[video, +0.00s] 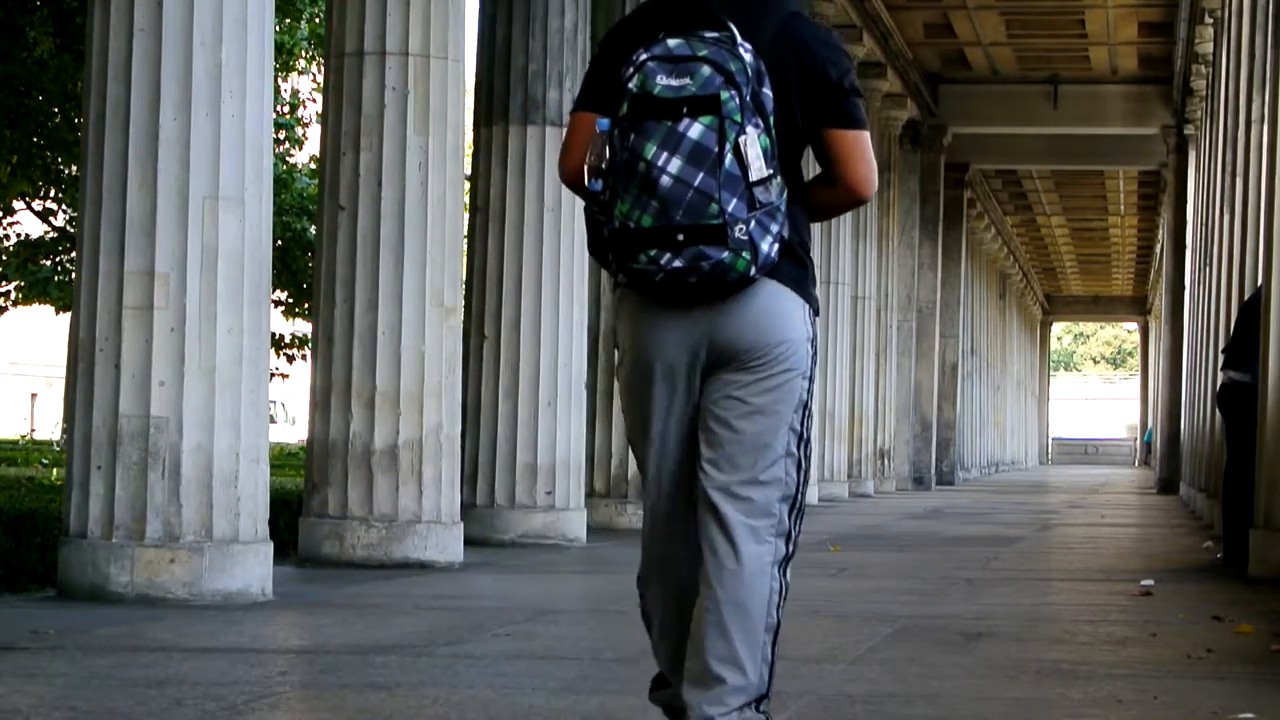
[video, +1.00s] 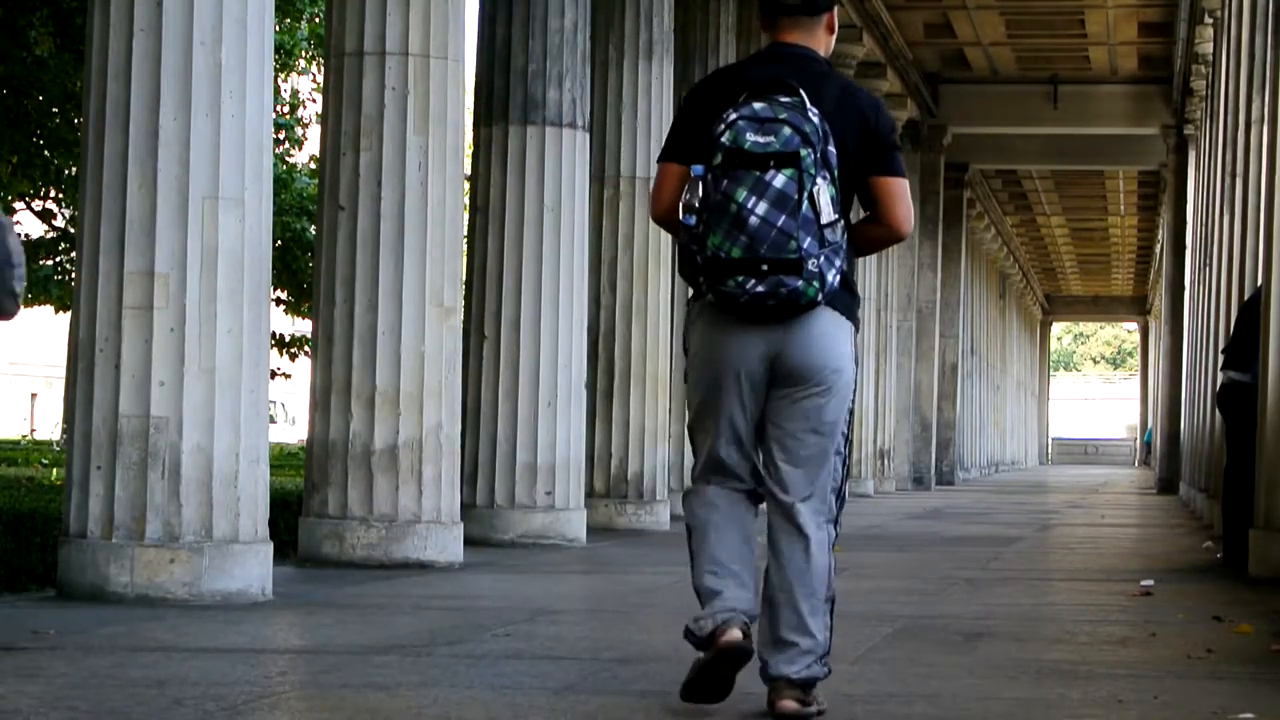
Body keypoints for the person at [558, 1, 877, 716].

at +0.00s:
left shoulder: (636, 27)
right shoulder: (803, 36)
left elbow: (576, 163)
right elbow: (858, 180)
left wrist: (648, 209)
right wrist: (785, 203)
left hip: (652, 302)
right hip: (764, 300)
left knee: (665, 501)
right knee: (745, 507)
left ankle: (677, 683)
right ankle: (725, 704)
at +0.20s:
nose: (785, 2)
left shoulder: (632, 52)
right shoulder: (802, 55)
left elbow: (583, 186)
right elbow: (851, 185)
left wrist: (659, 225)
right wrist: (790, 215)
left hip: (661, 313)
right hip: (765, 311)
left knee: (681, 505)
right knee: (768, 499)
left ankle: (688, 694)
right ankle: (739, 649)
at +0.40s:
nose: (782, 6)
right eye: (781, 2)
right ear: (770, 0)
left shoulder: (640, 55)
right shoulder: (801, 53)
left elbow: (598, 187)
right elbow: (853, 179)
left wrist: (671, 215)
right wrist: (798, 206)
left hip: (668, 305)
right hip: (770, 299)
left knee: (688, 499)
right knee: (793, 483)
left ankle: (696, 696)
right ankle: (761, 639)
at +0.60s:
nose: (793, 16)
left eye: (788, 13)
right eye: (794, 10)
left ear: (713, 7)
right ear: (785, 8)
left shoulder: (659, 80)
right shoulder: (810, 79)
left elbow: (620, 201)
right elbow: (856, 201)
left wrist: (684, 243)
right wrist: (810, 235)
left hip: (682, 321)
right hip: (782, 319)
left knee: (696, 501)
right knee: (786, 501)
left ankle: (703, 693)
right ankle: (799, 677)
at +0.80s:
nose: (825, 24)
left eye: (822, 16)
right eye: (825, 16)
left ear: (746, 19)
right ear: (815, 18)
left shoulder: (691, 92)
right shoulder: (841, 101)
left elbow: (647, 211)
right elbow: (880, 220)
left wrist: (707, 251)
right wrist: (824, 253)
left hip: (706, 324)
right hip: (805, 327)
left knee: (709, 498)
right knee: (799, 512)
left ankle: (706, 635)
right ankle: (791, 686)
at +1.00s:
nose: (835, 27)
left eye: (826, 19)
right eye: (835, 20)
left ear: (763, 22)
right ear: (831, 23)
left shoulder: (711, 92)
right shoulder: (859, 106)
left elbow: (665, 205)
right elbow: (896, 221)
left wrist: (732, 239)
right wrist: (831, 245)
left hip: (724, 320)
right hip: (820, 324)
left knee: (720, 477)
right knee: (804, 498)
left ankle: (727, 616)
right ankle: (793, 682)